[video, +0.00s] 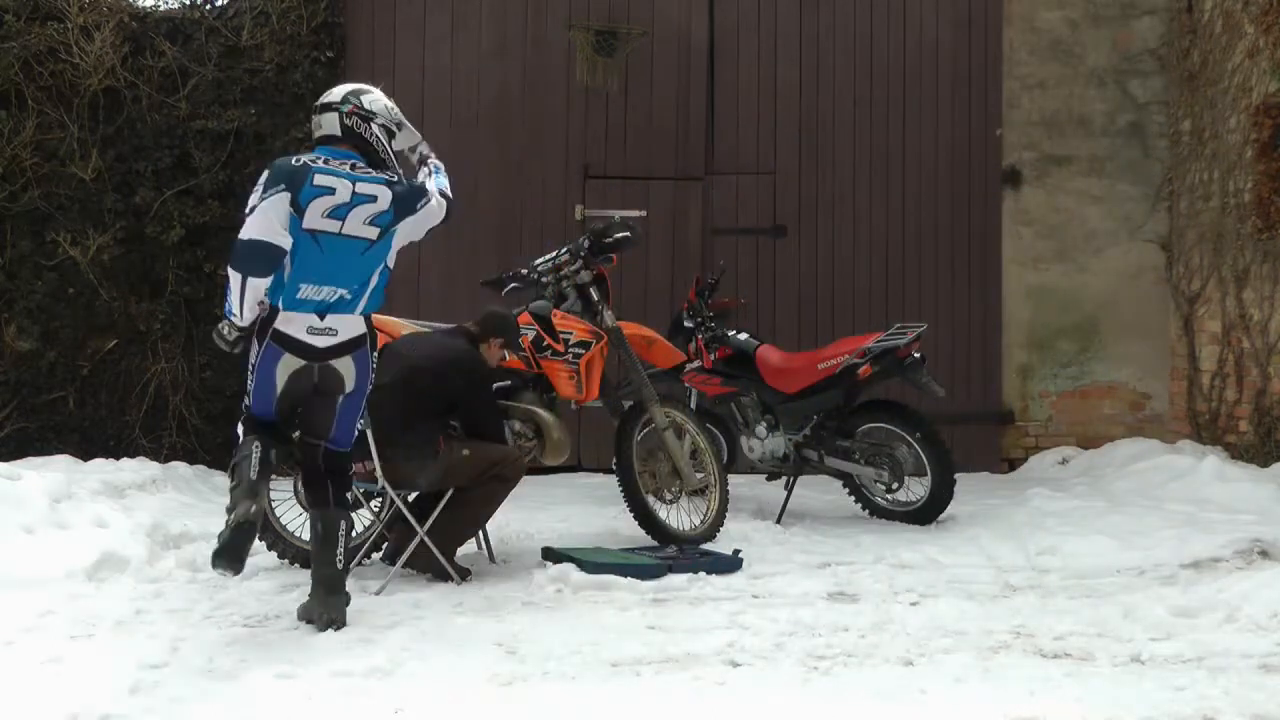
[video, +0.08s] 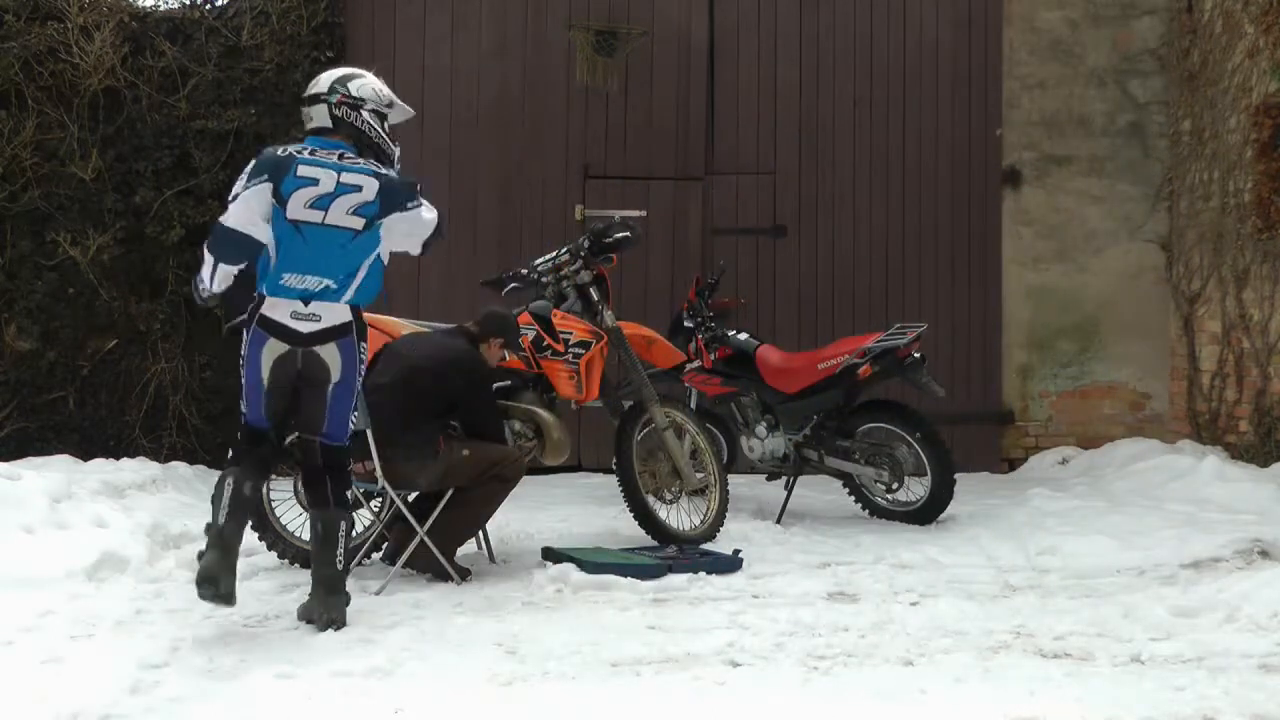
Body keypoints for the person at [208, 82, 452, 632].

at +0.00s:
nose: (386, 144)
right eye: (384, 135)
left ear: (324, 125)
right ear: (375, 134)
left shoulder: (287, 173)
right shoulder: (394, 195)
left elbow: (257, 252)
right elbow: (439, 198)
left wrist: (238, 318)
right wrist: (421, 153)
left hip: (284, 337)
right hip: (351, 347)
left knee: (259, 421)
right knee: (328, 468)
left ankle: (246, 503)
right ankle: (329, 598)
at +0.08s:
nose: (388, 131)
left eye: (386, 121)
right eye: (382, 121)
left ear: (318, 115)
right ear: (359, 118)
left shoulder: (273, 163)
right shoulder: (383, 183)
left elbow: (232, 238)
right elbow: (424, 229)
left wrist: (209, 293)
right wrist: (390, 174)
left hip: (271, 328)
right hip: (339, 335)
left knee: (254, 440)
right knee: (328, 460)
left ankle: (221, 554)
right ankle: (327, 596)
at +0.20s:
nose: (374, 127)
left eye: (373, 116)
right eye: (365, 116)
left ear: (305, 116)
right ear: (331, 116)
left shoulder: (250, 162)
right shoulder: (355, 186)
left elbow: (196, 231)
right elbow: (386, 271)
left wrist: (200, 193)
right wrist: (382, 323)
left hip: (251, 338)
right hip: (317, 342)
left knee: (241, 463)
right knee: (327, 461)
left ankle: (213, 603)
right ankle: (329, 592)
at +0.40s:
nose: (359, 147)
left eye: (362, 136)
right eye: (353, 133)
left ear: (300, 125)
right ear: (324, 126)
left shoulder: (245, 167)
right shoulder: (321, 180)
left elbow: (207, 206)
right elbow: (322, 270)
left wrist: (238, 162)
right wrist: (365, 340)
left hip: (235, 338)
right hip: (295, 341)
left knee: (236, 466)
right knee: (331, 435)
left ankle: (212, 604)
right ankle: (305, 542)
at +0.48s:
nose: (360, 144)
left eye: (362, 132)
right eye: (354, 131)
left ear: (298, 123)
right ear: (324, 124)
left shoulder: (251, 167)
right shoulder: (312, 176)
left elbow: (224, 216)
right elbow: (309, 251)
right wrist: (382, 293)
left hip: (236, 335)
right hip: (293, 336)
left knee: (240, 467)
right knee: (341, 437)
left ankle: (211, 607)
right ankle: (296, 539)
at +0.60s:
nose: (355, 116)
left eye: (355, 105)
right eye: (343, 107)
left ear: (292, 117)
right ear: (308, 113)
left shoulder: (263, 169)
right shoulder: (311, 168)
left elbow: (241, 248)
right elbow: (324, 231)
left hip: (252, 334)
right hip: (300, 333)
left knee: (265, 468)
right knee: (339, 468)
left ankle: (214, 603)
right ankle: (274, 604)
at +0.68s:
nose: (360, 120)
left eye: (360, 109)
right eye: (347, 112)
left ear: (306, 126)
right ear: (311, 120)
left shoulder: (277, 171)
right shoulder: (310, 173)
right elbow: (369, 206)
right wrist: (414, 136)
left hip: (274, 328)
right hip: (300, 327)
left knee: (305, 457)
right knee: (334, 466)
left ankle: (225, 574)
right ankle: (272, 610)